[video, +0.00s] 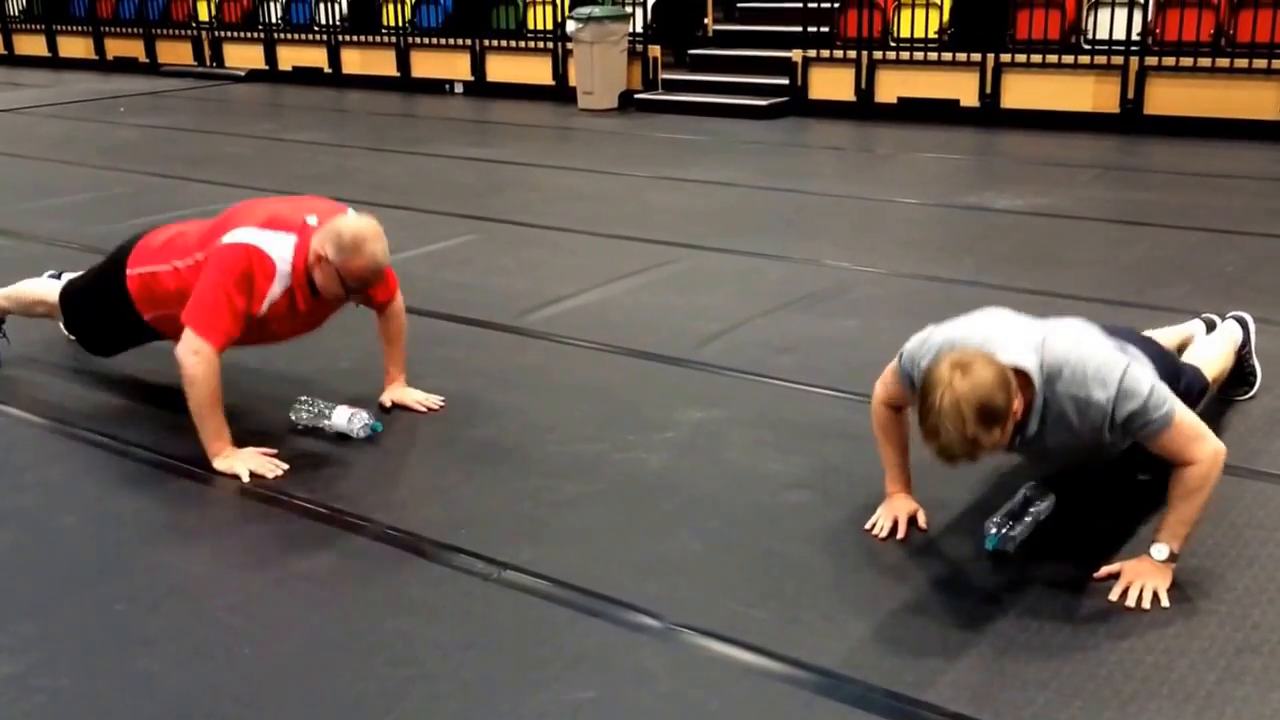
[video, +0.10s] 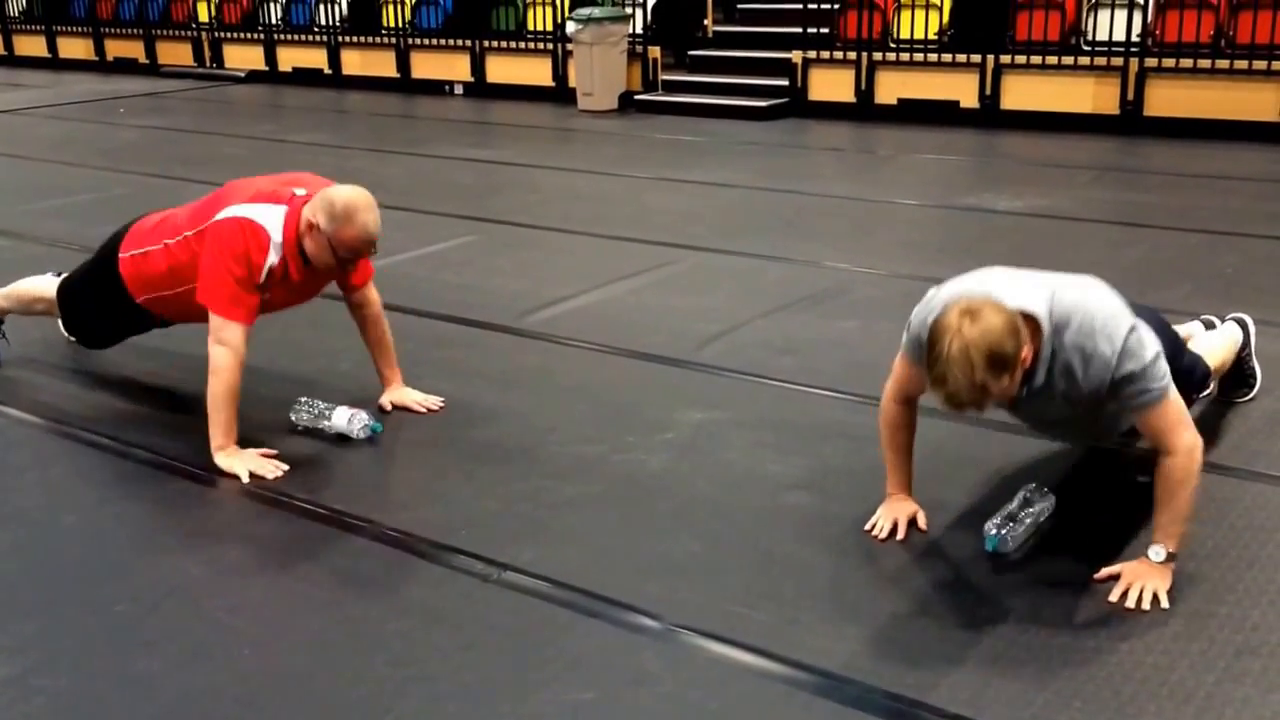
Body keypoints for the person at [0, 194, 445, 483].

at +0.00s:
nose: (352, 298)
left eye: (363, 289)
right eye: (346, 286)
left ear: (379, 256)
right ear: (321, 258)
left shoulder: (360, 246)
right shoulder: (249, 260)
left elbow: (391, 306)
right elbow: (194, 354)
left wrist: (396, 381)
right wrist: (224, 452)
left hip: (205, 269)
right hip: (146, 280)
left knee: (113, 304)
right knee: (68, 305)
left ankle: (69, 293)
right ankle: (13, 298)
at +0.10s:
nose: (346, 271)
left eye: (356, 259)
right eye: (340, 257)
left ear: (361, 233)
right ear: (311, 225)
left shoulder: (343, 221)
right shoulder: (242, 240)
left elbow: (365, 300)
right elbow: (226, 347)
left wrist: (394, 381)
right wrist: (226, 448)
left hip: (188, 283)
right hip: (134, 275)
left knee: (98, 303)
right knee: (66, 299)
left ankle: (47, 303)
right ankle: (6, 298)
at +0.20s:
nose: (345, 279)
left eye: (356, 270)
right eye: (339, 267)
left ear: (360, 240)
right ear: (313, 235)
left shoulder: (346, 227)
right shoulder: (240, 246)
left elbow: (372, 301)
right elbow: (210, 349)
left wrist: (394, 383)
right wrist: (224, 451)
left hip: (181, 280)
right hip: (131, 279)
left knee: (102, 307)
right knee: (63, 300)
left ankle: (61, 308)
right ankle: (6, 298)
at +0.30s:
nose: (351, 320)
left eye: (363, 312)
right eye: (346, 309)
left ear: (384, 281)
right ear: (324, 280)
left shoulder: (361, 253)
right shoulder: (252, 276)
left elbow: (393, 308)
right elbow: (184, 360)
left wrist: (396, 384)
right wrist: (223, 454)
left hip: (194, 264)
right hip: (143, 291)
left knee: (115, 289)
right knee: (67, 313)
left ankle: (71, 288)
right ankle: (9, 302)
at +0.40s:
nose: (349, 358)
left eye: (365, 356)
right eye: (346, 348)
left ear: (390, 327)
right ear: (331, 317)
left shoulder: (374, 291)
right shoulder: (261, 308)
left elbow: (399, 313)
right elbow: (172, 370)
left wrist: (395, 385)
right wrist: (222, 455)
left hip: (200, 286)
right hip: (147, 318)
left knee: (134, 292)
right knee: (73, 327)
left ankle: (64, 285)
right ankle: (5, 307)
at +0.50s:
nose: (371, 393)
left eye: (380, 387)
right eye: (365, 386)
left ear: (401, 336)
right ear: (342, 357)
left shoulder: (385, 306)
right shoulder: (265, 338)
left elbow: (400, 305)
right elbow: (167, 376)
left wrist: (392, 385)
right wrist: (221, 457)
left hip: (212, 304)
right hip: (151, 335)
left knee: (140, 306)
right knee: (71, 335)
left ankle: (65, 288)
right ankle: (6, 306)